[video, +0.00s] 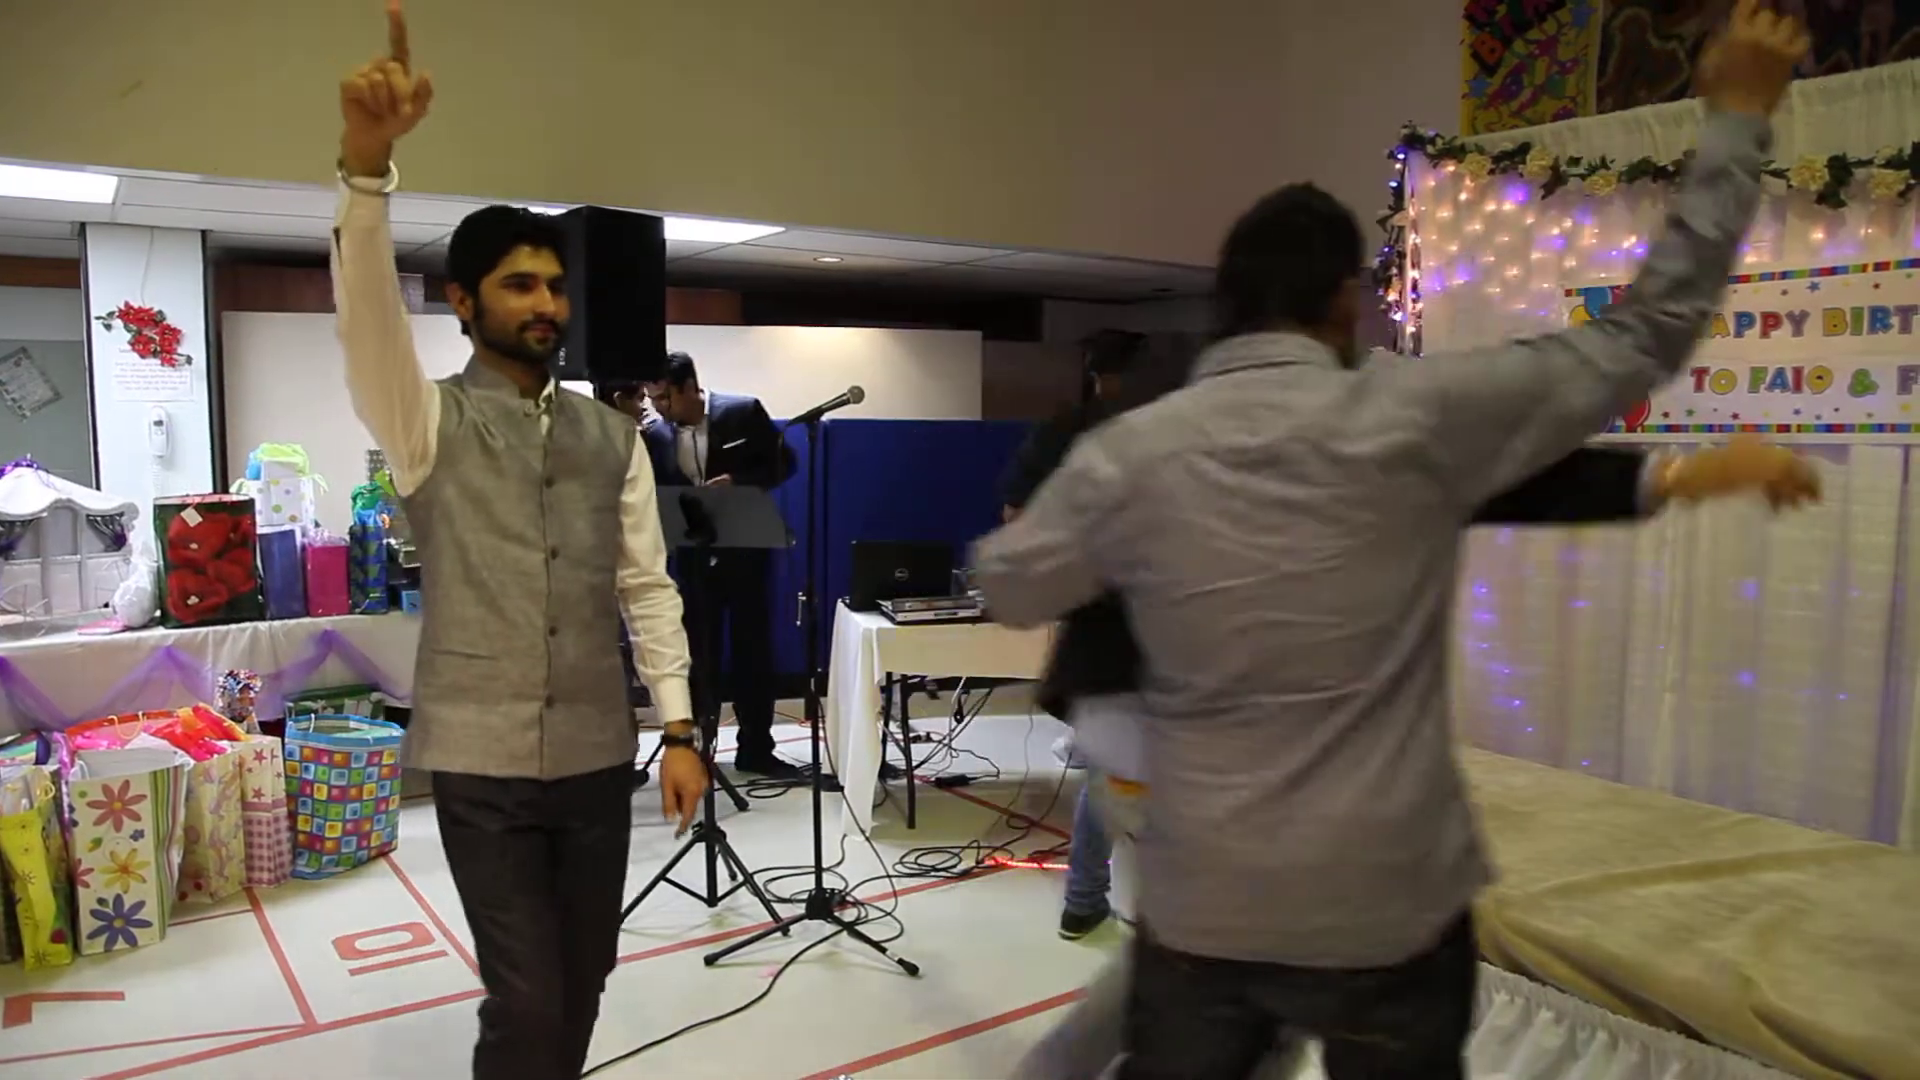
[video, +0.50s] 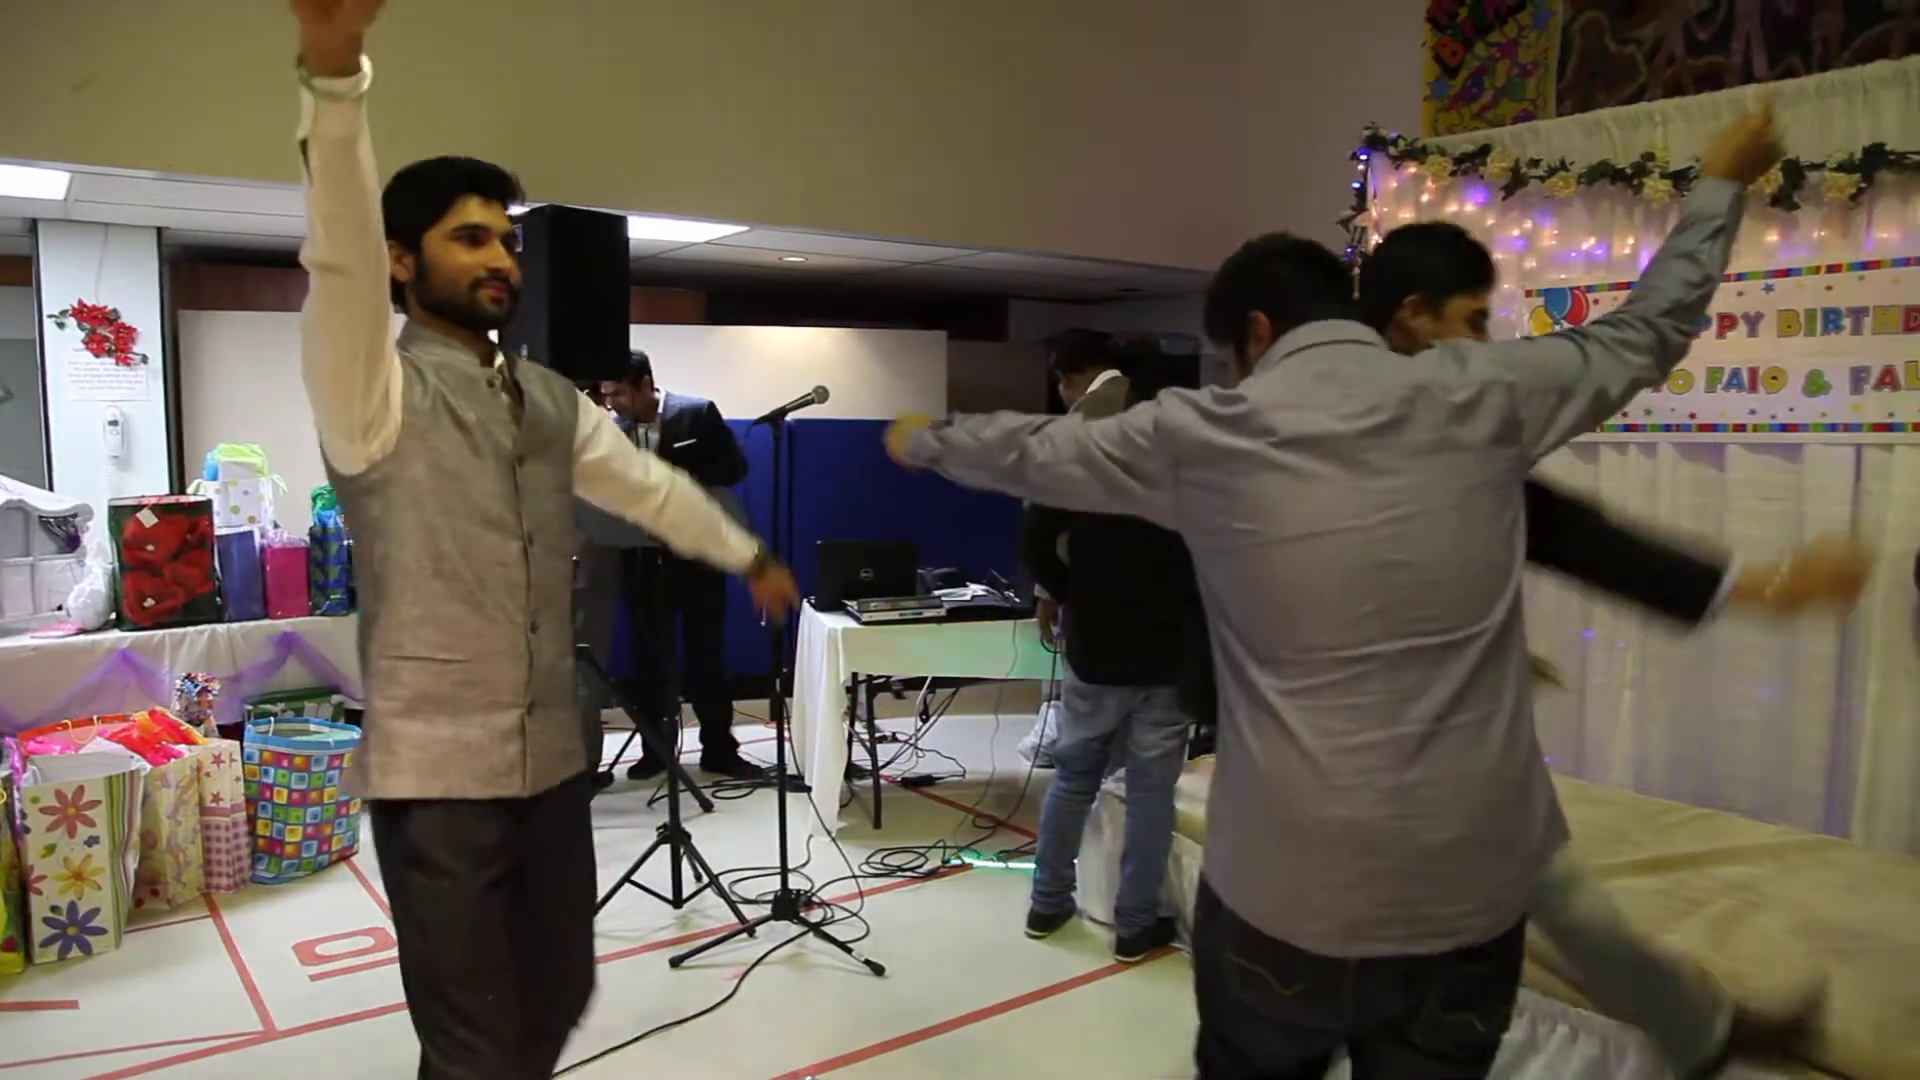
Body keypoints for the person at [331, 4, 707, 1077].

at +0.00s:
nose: (544, 305)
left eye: (555, 288)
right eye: (519, 287)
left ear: (570, 306)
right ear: (463, 305)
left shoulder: (612, 436)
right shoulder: (427, 425)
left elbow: (649, 590)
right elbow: (367, 318)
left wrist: (678, 730)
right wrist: (366, 167)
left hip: (597, 764)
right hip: (480, 766)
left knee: (574, 1004)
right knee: (531, 1011)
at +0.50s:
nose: (501, 256)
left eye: (507, 240)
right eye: (471, 238)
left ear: (515, 261)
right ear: (405, 260)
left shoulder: (546, 395)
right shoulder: (373, 387)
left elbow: (646, 483)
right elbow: (346, 259)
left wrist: (750, 558)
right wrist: (332, 79)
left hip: (554, 759)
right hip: (438, 768)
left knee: (556, 1003)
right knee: (480, 1043)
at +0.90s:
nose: (495, 268)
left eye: (501, 251)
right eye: (468, 246)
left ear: (510, 271)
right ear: (404, 268)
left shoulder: (503, 406)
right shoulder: (367, 419)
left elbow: (599, 384)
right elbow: (402, 265)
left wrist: (698, 310)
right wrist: (443, 49)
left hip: (541, 822)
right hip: (442, 846)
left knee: (640, 1052)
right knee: (511, 1075)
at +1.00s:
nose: (504, 266)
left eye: (502, 245)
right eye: (477, 247)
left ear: (503, 262)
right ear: (398, 268)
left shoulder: (493, 399)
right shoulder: (367, 425)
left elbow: (587, 367)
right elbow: (407, 267)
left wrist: (675, 283)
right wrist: (463, 47)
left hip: (535, 819)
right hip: (443, 843)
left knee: (639, 1046)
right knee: (504, 1072)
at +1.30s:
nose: (517, 257)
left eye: (514, 232)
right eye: (488, 232)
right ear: (398, 241)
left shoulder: (496, 383)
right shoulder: (379, 414)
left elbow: (580, 323)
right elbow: (435, 243)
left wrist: (665, 231)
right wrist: (497, 27)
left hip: (562, 819)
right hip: (473, 845)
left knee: (620, 1060)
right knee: (502, 1074)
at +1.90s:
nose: (578, 250)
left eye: (572, 224)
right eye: (551, 221)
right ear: (469, 226)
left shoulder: (549, 364)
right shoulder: (418, 390)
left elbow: (642, 294)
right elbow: (459, 209)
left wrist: (734, 185)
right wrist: (506, 2)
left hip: (602, 821)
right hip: (497, 843)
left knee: (636, 1066)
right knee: (520, 1072)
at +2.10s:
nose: (616, 262)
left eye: (608, 238)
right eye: (589, 239)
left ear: (582, 252)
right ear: (513, 256)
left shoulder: (587, 384)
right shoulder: (461, 418)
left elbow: (692, 322)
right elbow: (500, 249)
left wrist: (790, 207)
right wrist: (563, 29)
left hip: (635, 820)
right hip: (563, 849)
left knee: (686, 1063)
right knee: (661, 1070)